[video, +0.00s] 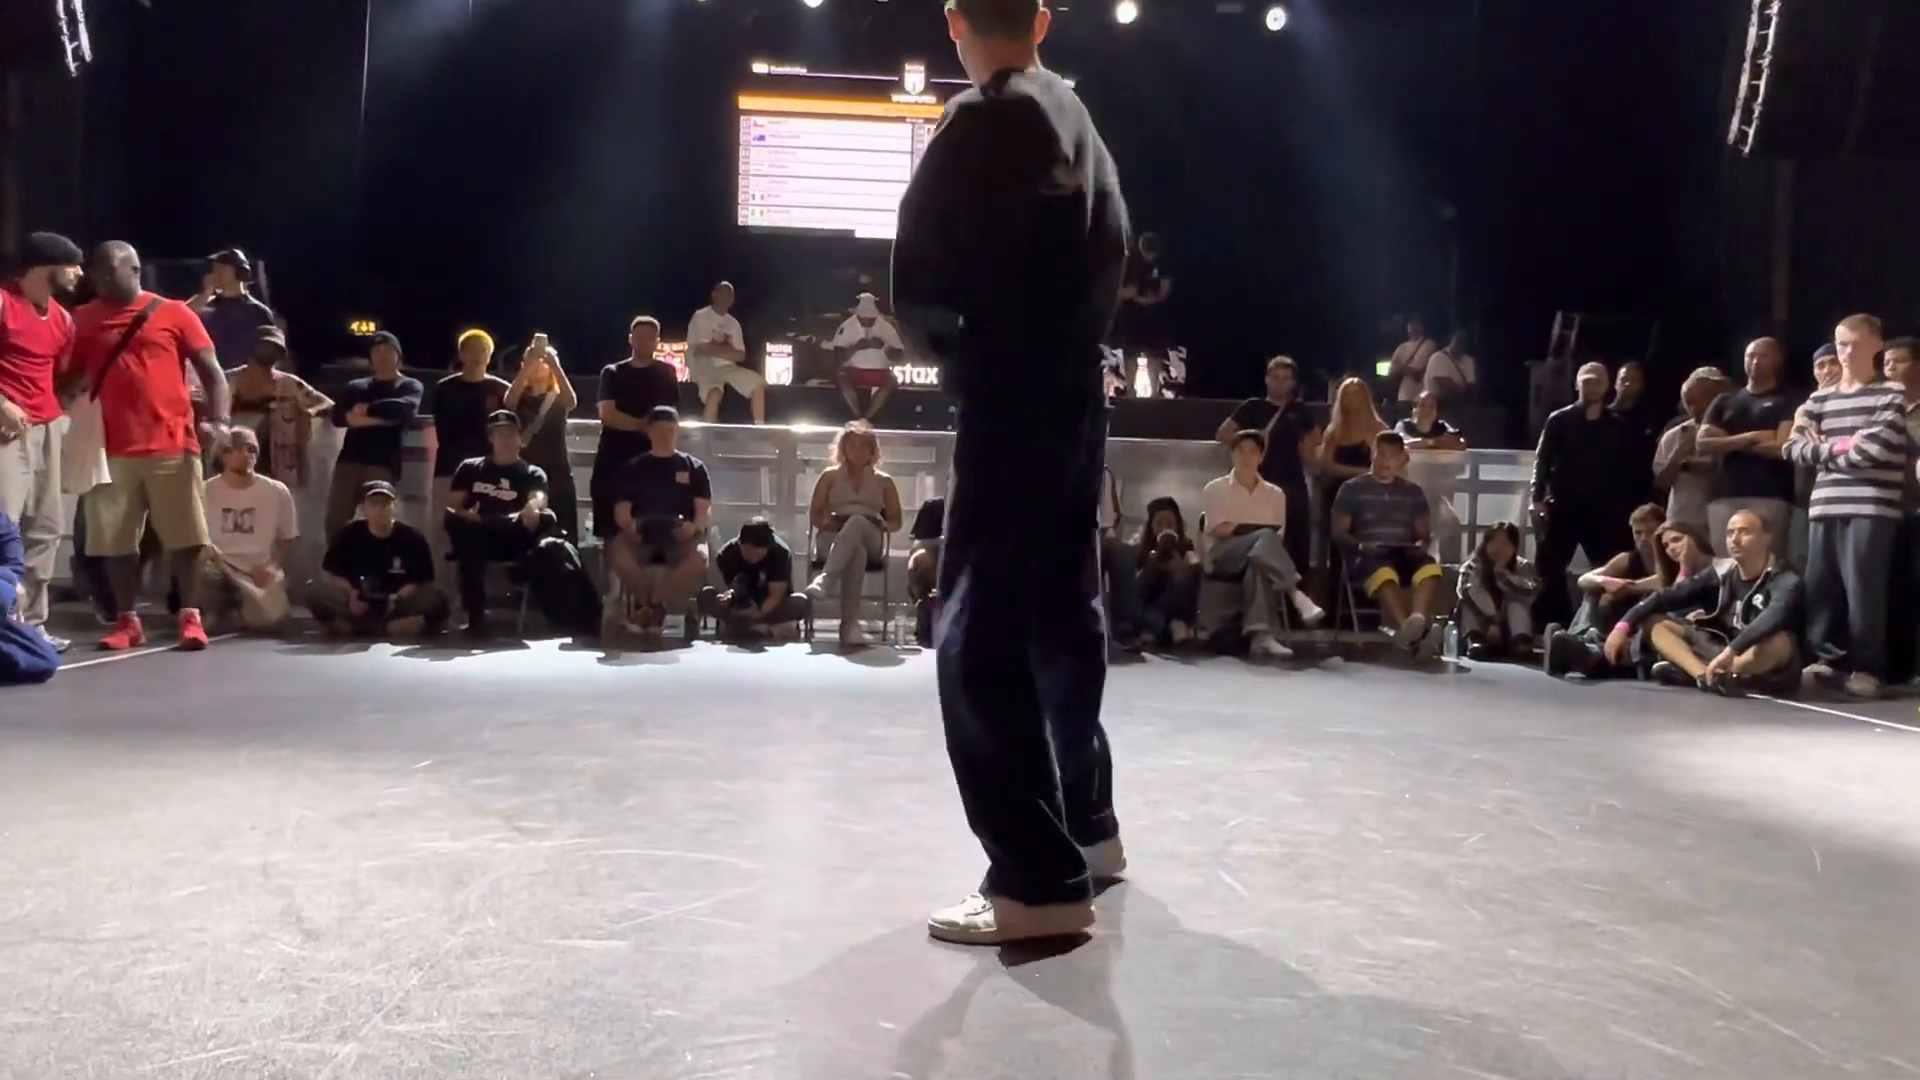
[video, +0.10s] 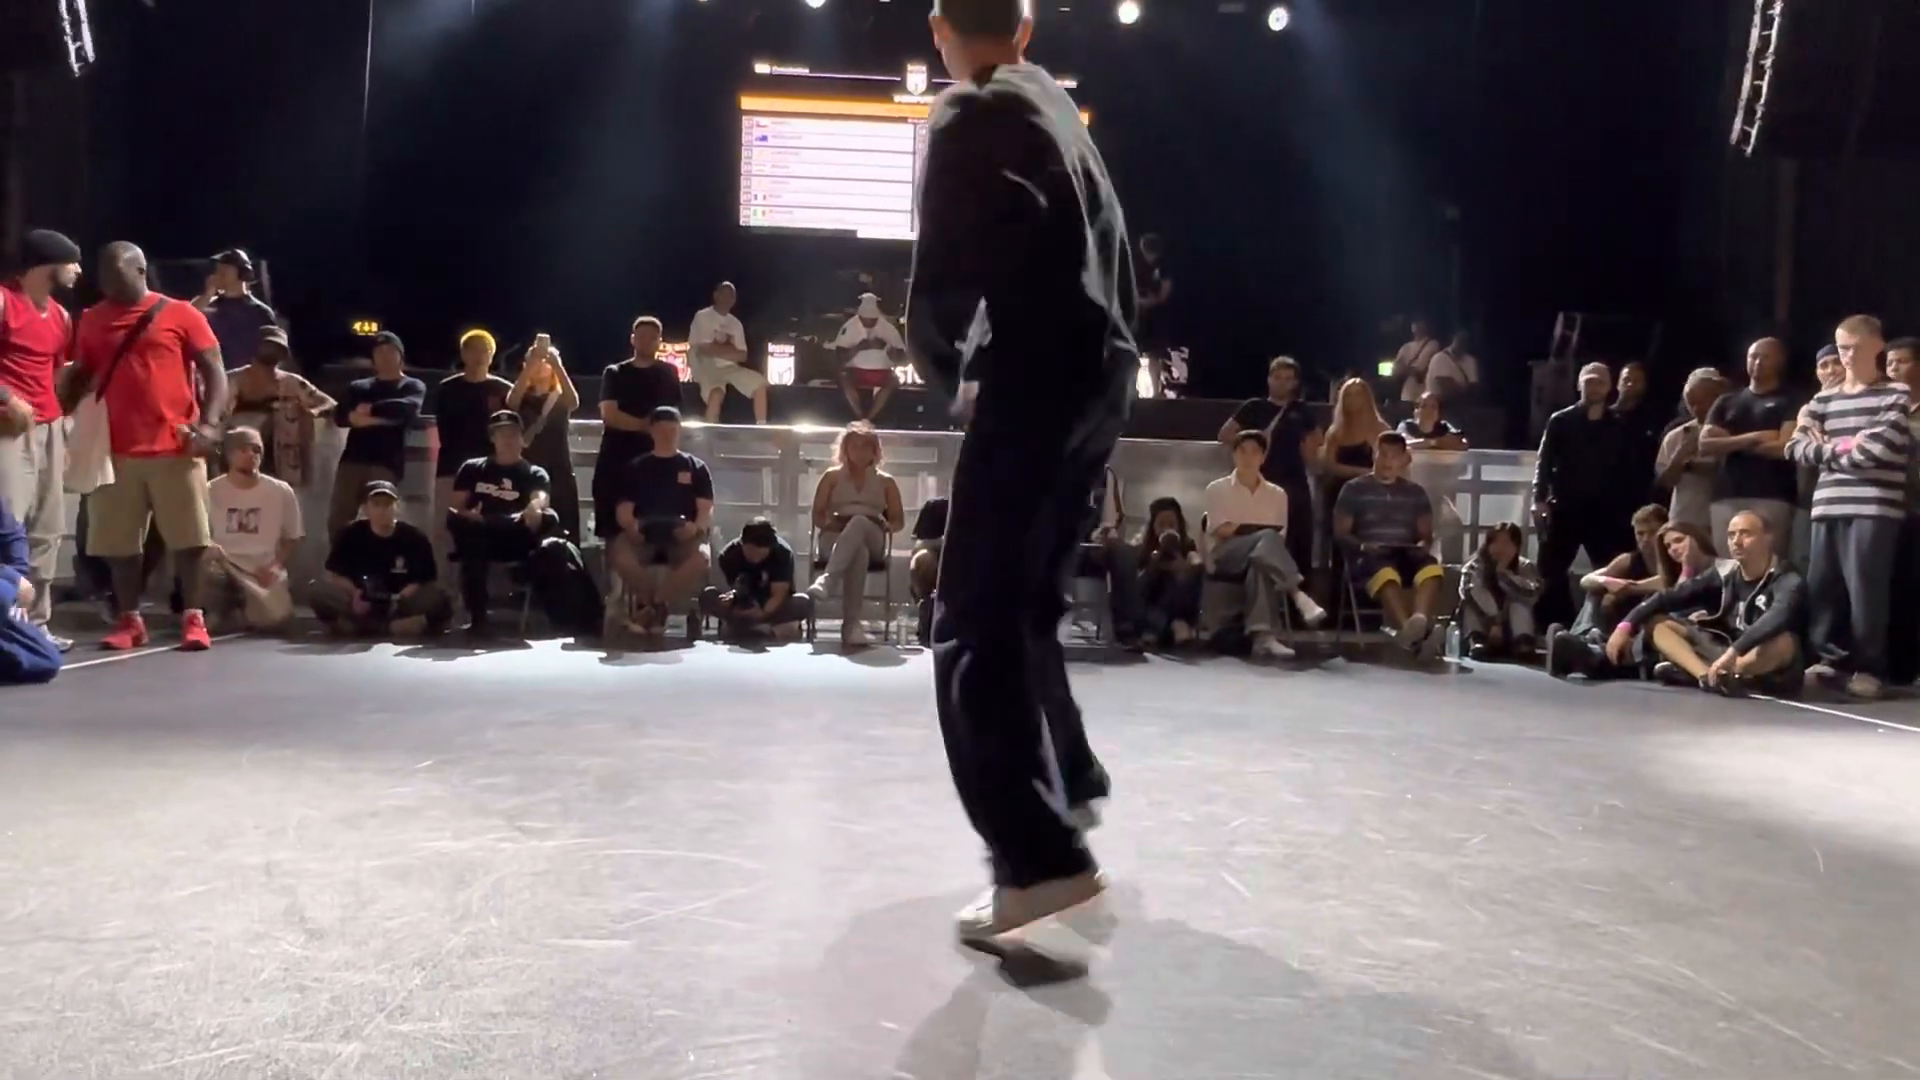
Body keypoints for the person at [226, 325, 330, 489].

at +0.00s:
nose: (269, 353)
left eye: (275, 349)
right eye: (265, 347)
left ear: (280, 355)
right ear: (255, 347)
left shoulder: (288, 383)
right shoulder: (231, 379)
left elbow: (327, 403)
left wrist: (312, 410)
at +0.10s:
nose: (272, 353)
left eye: (278, 349)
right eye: (268, 346)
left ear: (283, 354)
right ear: (258, 347)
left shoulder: (291, 383)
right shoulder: (234, 379)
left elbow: (330, 403)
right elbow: (218, 414)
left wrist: (314, 411)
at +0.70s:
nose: (281, 348)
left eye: (287, 344)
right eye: (277, 341)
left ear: (293, 349)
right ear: (267, 343)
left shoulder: (301, 377)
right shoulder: (249, 372)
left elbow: (339, 399)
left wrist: (321, 406)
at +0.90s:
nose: (285, 345)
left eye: (290, 340)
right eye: (281, 339)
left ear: (296, 345)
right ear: (271, 341)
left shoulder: (306, 374)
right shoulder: (259, 373)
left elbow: (343, 397)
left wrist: (325, 404)